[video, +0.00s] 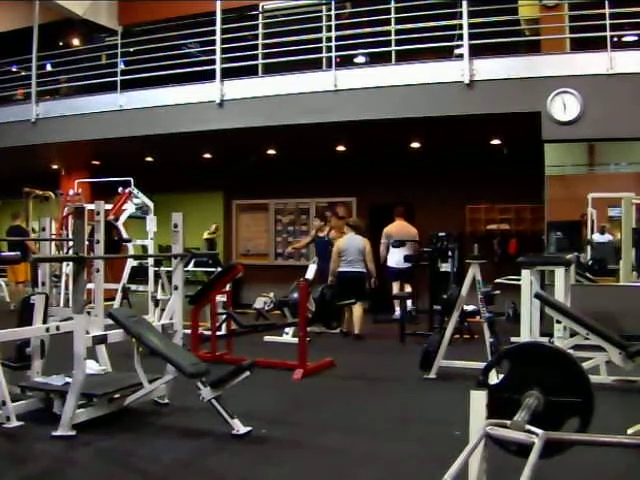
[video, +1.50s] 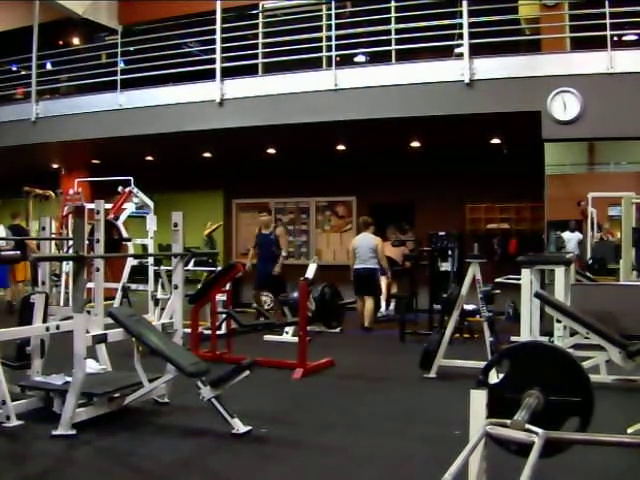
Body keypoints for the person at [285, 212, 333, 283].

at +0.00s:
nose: (313, 223)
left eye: (316, 221)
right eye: (314, 221)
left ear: (322, 222)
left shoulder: (332, 233)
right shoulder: (316, 233)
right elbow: (305, 242)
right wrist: (293, 247)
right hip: (320, 264)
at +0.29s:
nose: (303, 223)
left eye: (305, 220)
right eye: (302, 220)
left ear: (311, 221)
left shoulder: (319, 232)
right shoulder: (303, 230)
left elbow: (323, 251)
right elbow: (297, 243)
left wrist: (321, 266)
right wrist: (290, 255)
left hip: (315, 261)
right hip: (304, 261)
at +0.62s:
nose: (289, 225)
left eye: (291, 222)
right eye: (288, 222)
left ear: (296, 221)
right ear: (287, 222)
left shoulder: (304, 233)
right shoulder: (290, 233)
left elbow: (307, 251)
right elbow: (288, 250)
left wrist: (296, 265)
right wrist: (281, 262)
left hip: (300, 263)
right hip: (290, 262)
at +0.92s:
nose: (279, 222)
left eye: (281, 219)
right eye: (277, 219)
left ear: (287, 219)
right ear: (275, 220)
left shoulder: (294, 232)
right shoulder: (276, 233)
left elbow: (301, 250)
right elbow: (268, 248)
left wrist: (299, 265)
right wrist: (260, 262)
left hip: (290, 267)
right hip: (277, 266)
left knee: (288, 291)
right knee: (277, 291)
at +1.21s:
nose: (273, 223)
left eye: (276, 220)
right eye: (271, 220)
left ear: (281, 221)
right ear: (269, 221)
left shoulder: (288, 234)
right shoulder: (266, 234)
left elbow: (295, 252)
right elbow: (256, 247)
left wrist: (299, 269)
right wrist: (247, 257)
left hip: (284, 267)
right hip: (270, 267)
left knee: (281, 294)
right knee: (272, 294)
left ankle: (282, 315)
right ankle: (277, 315)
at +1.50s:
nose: (262, 219)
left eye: (264, 216)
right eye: (260, 216)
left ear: (271, 217)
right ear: (258, 218)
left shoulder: (278, 230)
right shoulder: (259, 230)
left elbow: (284, 249)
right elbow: (253, 247)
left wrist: (279, 265)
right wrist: (249, 261)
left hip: (273, 265)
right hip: (261, 265)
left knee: (275, 292)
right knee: (257, 291)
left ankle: (278, 314)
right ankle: (259, 313)